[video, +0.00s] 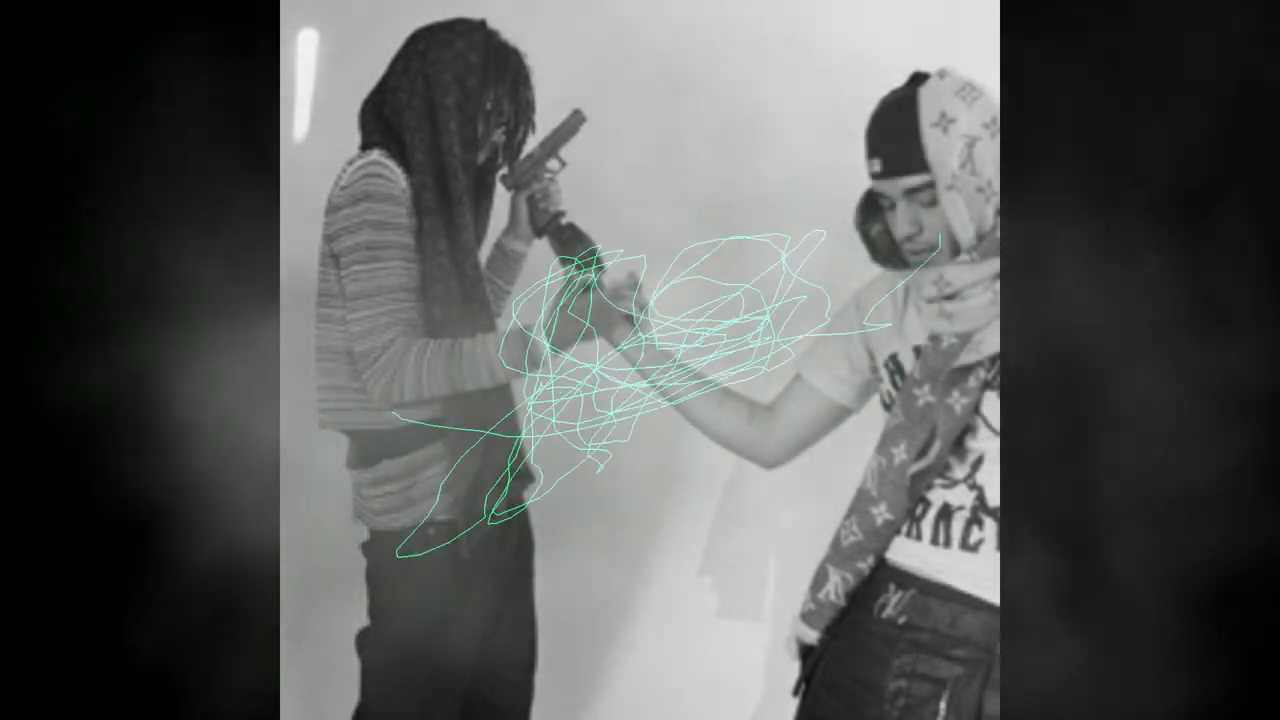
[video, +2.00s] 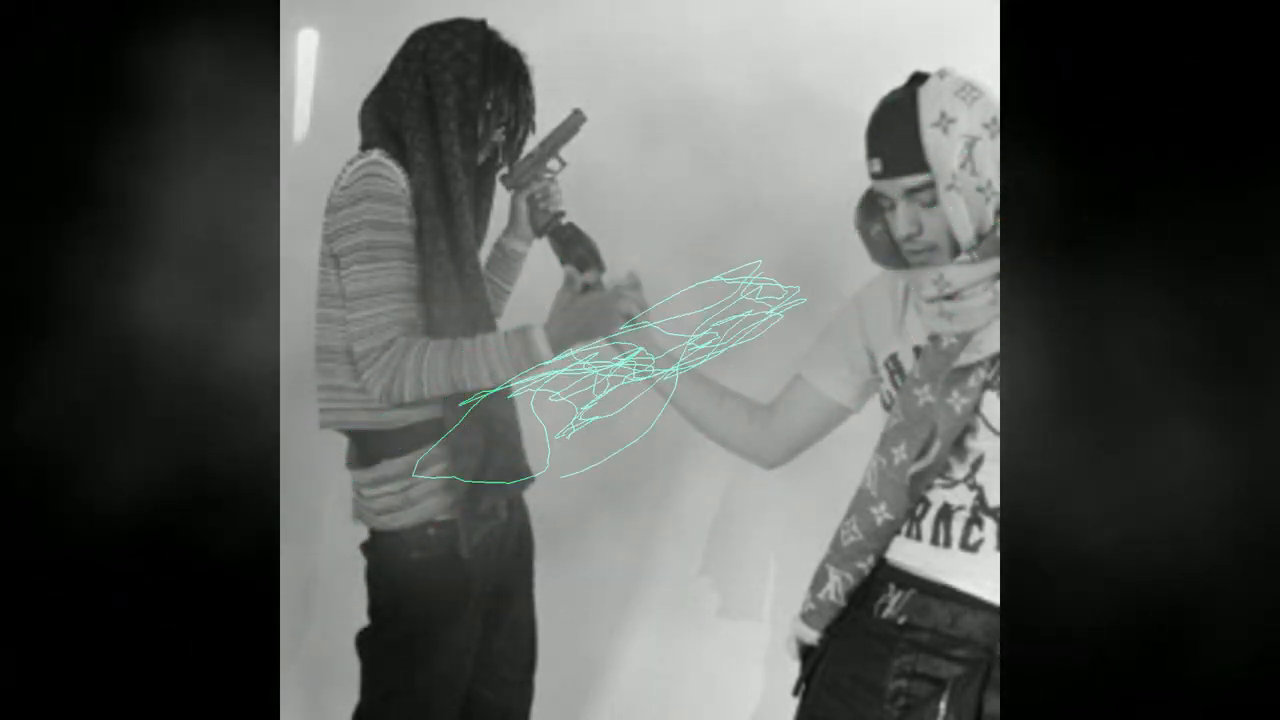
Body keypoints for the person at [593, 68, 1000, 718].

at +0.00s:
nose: (907, 226)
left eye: (926, 198)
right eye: (889, 204)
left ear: (980, 183)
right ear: (877, 207)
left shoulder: (1041, 294)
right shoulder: (893, 303)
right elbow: (769, 437)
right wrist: (633, 339)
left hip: (1002, 644)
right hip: (880, 618)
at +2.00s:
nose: (906, 228)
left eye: (926, 199)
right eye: (887, 204)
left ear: (980, 184)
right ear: (874, 205)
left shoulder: (1035, 291)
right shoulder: (889, 304)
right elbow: (768, 437)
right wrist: (635, 336)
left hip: (996, 641)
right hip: (881, 616)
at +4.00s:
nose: (904, 228)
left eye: (925, 199)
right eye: (887, 204)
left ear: (983, 186)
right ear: (874, 203)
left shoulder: (1040, 293)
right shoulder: (891, 302)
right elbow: (768, 436)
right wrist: (635, 341)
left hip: (1011, 641)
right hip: (888, 616)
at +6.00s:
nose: (906, 227)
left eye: (926, 198)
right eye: (887, 203)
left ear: (983, 186)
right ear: (874, 204)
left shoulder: (1038, 296)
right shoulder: (898, 299)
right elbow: (768, 436)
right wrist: (633, 340)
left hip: (992, 644)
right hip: (881, 619)